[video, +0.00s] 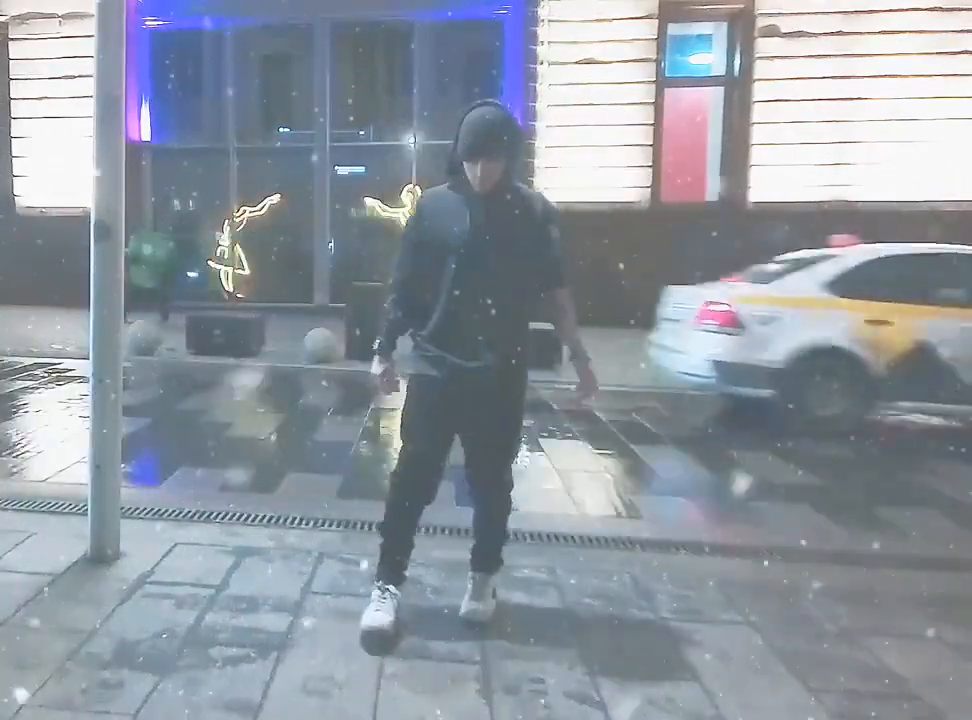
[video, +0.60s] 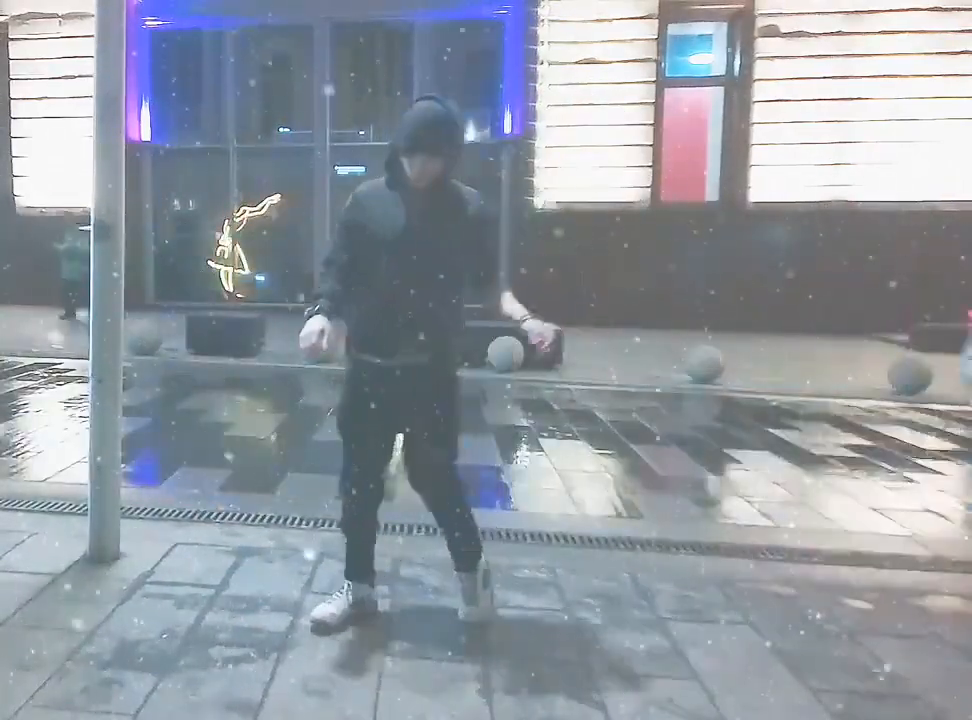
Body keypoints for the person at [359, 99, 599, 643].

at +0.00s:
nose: (481, 170)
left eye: (492, 158)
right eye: (472, 158)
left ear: (512, 158)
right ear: (460, 157)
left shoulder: (535, 215)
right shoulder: (434, 207)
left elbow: (557, 291)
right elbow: (404, 285)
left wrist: (578, 355)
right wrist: (385, 347)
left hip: (499, 374)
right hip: (433, 366)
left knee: (491, 481)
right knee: (412, 477)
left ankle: (483, 578)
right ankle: (386, 587)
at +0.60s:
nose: (424, 167)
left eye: (435, 157)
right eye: (416, 155)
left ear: (451, 157)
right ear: (400, 151)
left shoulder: (468, 213)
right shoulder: (368, 201)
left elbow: (492, 291)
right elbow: (338, 269)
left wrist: (528, 321)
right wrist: (323, 315)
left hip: (432, 369)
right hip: (370, 367)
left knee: (432, 474)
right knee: (359, 483)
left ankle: (472, 573)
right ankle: (358, 589)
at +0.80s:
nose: (385, 168)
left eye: (396, 157)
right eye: (377, 156)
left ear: (414, 156)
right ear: (364, 153)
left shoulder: (431, 208)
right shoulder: (337, 205)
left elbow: (458, 282)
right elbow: (314, 280)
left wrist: (471, 346)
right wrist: (300, 330)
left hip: (404, 360)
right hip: (344, 359)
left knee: (400, 469)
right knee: (345, 476)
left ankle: (456, 562)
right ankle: (355, 587)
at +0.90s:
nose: (370, 167)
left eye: (380, 156)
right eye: (362, 155)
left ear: (398, 156)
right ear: (348, 154)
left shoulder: (423, 208)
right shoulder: (325, 203)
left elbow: (441, 285)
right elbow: (301, 273)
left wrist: (441, 348)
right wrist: (292, 324)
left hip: (396, 359)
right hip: (334, 358)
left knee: (390, 474)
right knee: (340, 478)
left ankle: (439, 566)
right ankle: (355, 586)